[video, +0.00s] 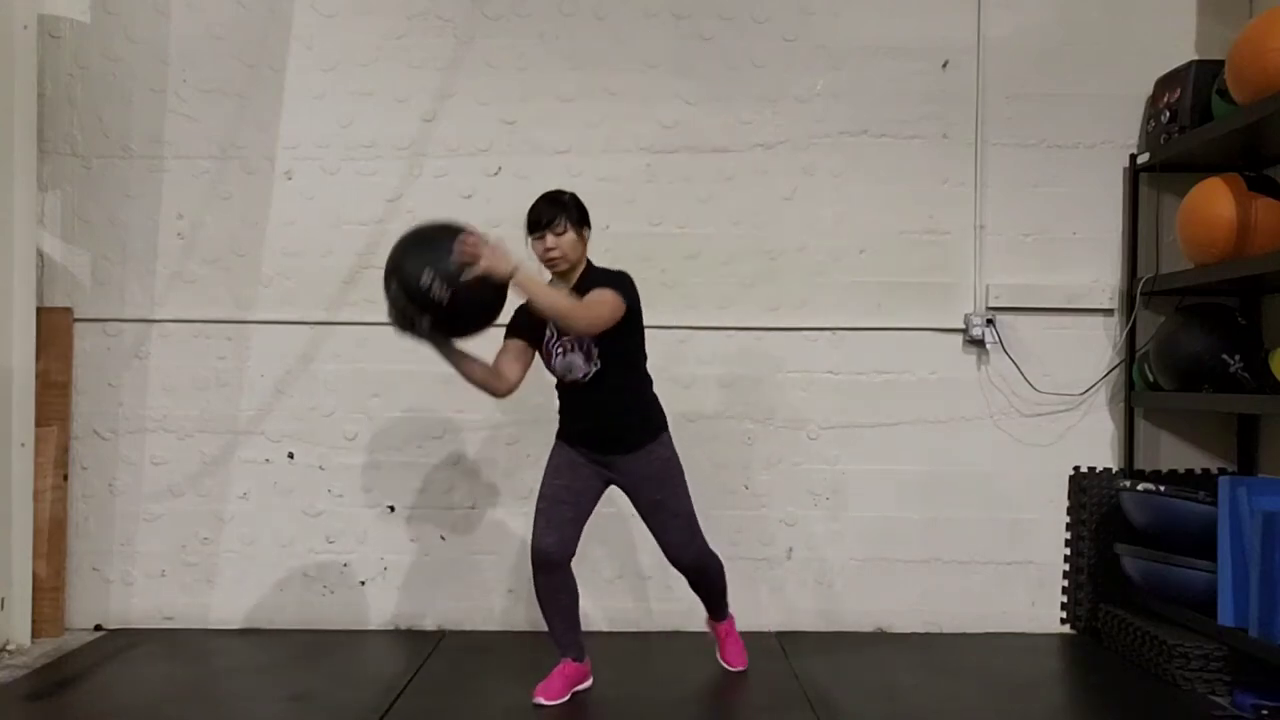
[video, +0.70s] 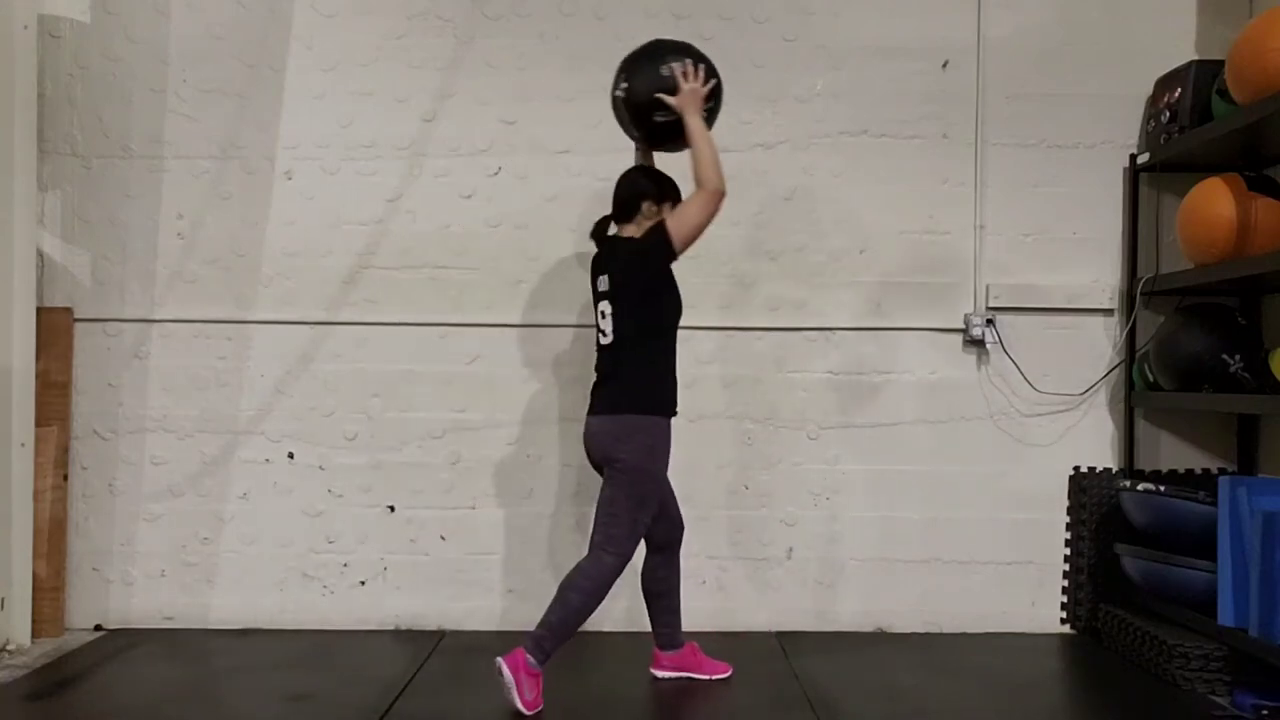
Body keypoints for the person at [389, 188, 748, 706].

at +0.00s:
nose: (548, 245)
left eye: (559, 232)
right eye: (538, 237)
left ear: (584, 235)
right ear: (532, 245)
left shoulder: (615, 286)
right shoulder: (534, 309)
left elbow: (583, 318)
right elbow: (501, 381)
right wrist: (440, 339)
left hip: (641, 445)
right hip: (577, 449)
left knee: (689, 554)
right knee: (548, 552)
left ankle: (722, 621)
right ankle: (574, 661)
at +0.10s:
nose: (561, 227)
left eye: (570, 216)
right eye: (552, 219)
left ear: (595, 221)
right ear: (542, 230)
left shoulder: (628, 271)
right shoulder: (539, 295)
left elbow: (609, 263)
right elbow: (500, 343)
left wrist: (541, 206)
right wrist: (451, 282)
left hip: (638, 442)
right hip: (570, 446)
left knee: (694, 546)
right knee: (549, 555)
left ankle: (691, 630)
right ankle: (573, 662)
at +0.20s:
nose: (587, 223)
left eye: (595, 212)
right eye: (574, 213)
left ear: (607, 214)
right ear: (556, 219)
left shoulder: (634, 265)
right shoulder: (548, 280)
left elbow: (650, 225)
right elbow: (508, 302)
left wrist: (585, 169)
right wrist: (476, 227)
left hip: (637, 438)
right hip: (569, 442)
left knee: (688, 538)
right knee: (559, 557)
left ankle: (675, 645)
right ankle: (570, 659)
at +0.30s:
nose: (609, 216)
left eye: (615, 207)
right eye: (595, 208)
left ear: (624, 210)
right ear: (569, 212)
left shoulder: (636, 257)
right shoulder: (559, 273)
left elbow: (672, 200)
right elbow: (536, 265)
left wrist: (618, 144)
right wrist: (517, 183)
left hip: (635, 434)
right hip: (576, 437)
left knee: (680, 536)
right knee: (578, 554)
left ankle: (672, 650)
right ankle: (559, 657)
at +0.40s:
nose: (629, 214)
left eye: (631, 206)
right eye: (617, 204)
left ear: (634, 210)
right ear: (588, 207)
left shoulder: (635, 251)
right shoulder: (573, 262)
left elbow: (678, 190)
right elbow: (583, 228)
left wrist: (632, 130)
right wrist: (566, 148)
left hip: (637, 428)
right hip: (589, 432)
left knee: (676, 535)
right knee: (598, 551)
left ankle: (672, 649)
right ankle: (538, 651)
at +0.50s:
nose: (637, 209)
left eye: (638, 198)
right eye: (627, 198)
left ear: (624, 207)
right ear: (606, 206)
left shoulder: (630, 249)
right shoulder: (593, 251)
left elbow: (673, 192)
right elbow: (631, 202)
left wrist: (640, 130)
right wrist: (611, 123)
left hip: (637, 427)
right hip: (607, 428)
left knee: (669, 535)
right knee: (607, 551)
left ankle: (671, 649)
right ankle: (517, 648)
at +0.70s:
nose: (672, 216)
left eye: (670, 207)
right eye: (667, 207)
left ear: (623, 208)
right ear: (653, 210)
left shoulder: (611, 255)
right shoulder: (647, 253)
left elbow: (643, 197)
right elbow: (711, 192)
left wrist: (648, 136)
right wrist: (693, 116)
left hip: (606, 427)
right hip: (639, 430)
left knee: (667, 531)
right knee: (610, 553)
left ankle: (671, 650)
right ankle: (530, 657)